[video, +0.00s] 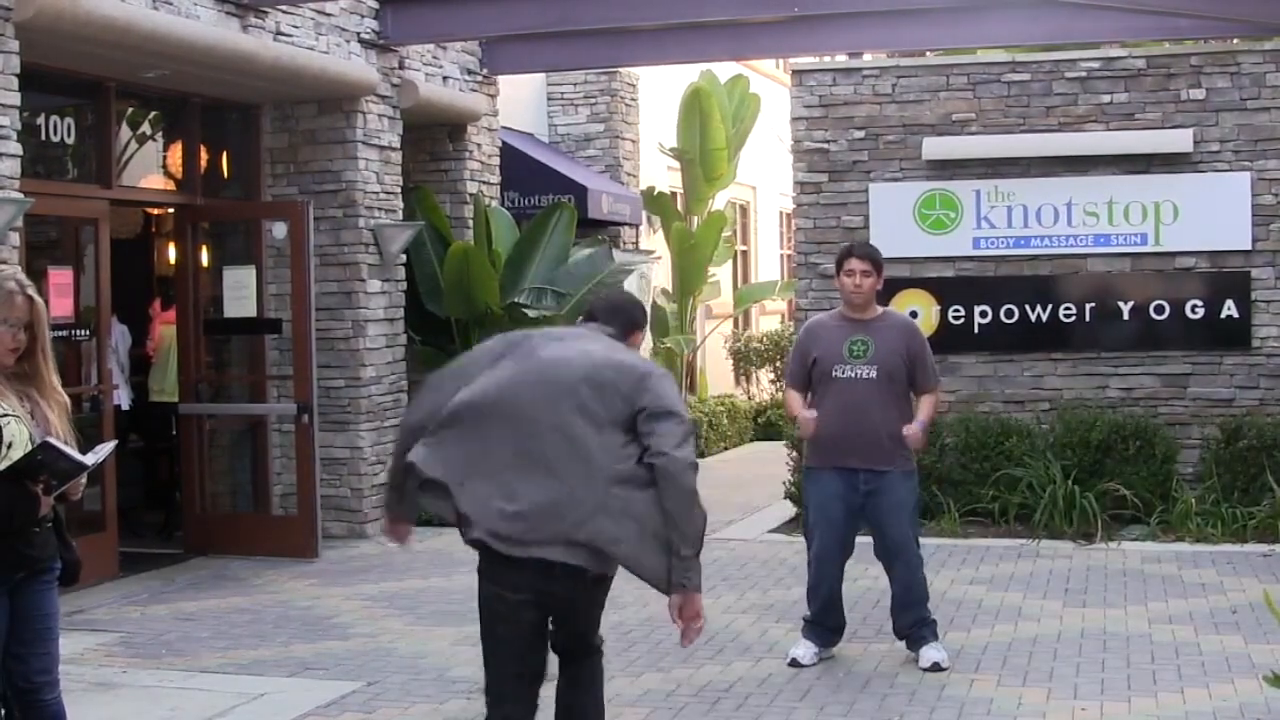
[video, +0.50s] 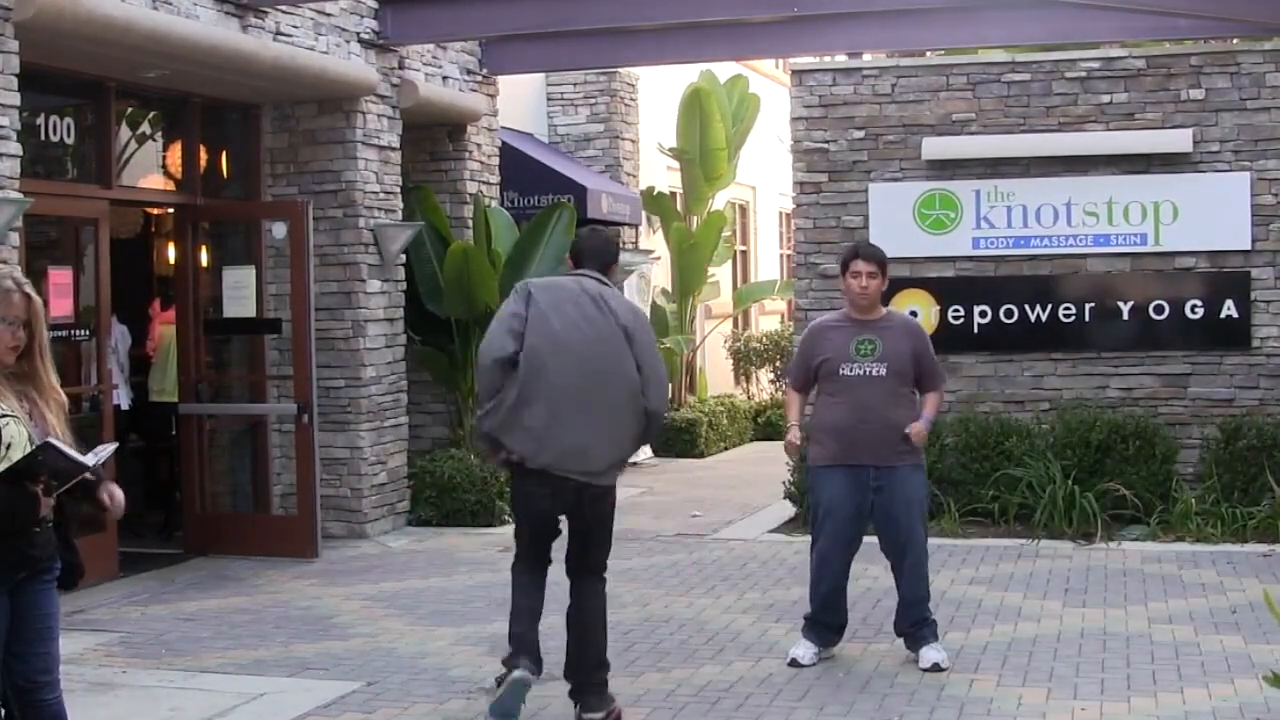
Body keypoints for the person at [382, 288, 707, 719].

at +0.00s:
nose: (641, 346)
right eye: (643, 338)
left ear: (583, 320)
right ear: (636, 336)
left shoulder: (516, 347)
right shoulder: (644, 375)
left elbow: (426, 406)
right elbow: (675, 468)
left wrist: (399, 502)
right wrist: (686, 579)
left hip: (504, 555)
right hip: (584, 561)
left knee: (508, 690)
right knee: (581, 654)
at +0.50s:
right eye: (618, 266)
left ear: (569, 260)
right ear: (614, 268)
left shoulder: (530, 294)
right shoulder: (631, 315)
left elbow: (492, 356)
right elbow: (656, 401)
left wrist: (492, 433)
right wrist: (627, 444)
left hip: (534, 464)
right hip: (597, 471)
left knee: (530, 560)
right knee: (589, 576)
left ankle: (523, 659)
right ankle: (591, 696)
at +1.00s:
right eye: (601, 286)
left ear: (565, 290)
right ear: (601, 290)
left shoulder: (546, 321)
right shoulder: (618, 323)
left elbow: (532, 356)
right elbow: (679, 340)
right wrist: (683, 389)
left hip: (556, 454)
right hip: (604, 455)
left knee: (548, 536)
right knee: (602, 524)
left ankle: (534, 625)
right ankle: (607, 616)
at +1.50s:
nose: (597, 266)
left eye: (597, 260)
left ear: (599, 262)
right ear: (628, 263)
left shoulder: (589, 284)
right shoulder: (650, 294)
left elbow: (563, 318)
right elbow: (685, 333)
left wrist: (527, 356)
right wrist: (654, 356)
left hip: (601, 402)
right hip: (636, 404)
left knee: (609, 480)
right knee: (623, 479)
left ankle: (635, 557)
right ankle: (621, 558)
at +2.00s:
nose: (608, 269)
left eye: (608, 265)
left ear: (610, 267)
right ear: (634, 266)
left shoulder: (610, 289)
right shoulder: (655, 294)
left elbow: (599, 324)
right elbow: (687, 326)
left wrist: (566, 350)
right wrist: (661, 342)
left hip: (618, 386)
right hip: (645, 388)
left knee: (618, 452)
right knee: (628, 454)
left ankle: (634, 517)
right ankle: (622, 517)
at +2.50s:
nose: (643, 268)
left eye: (643, 263)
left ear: (643, 265)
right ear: (664, 266)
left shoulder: (636, 289)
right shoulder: (677, 293)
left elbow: (625, 324)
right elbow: (686, 330)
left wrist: (613, 352)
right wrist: (676, 349)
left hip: (639, 369)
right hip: (665, 371)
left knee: (637, 428)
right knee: (650, 428)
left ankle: (644, 488)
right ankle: (642, 484)